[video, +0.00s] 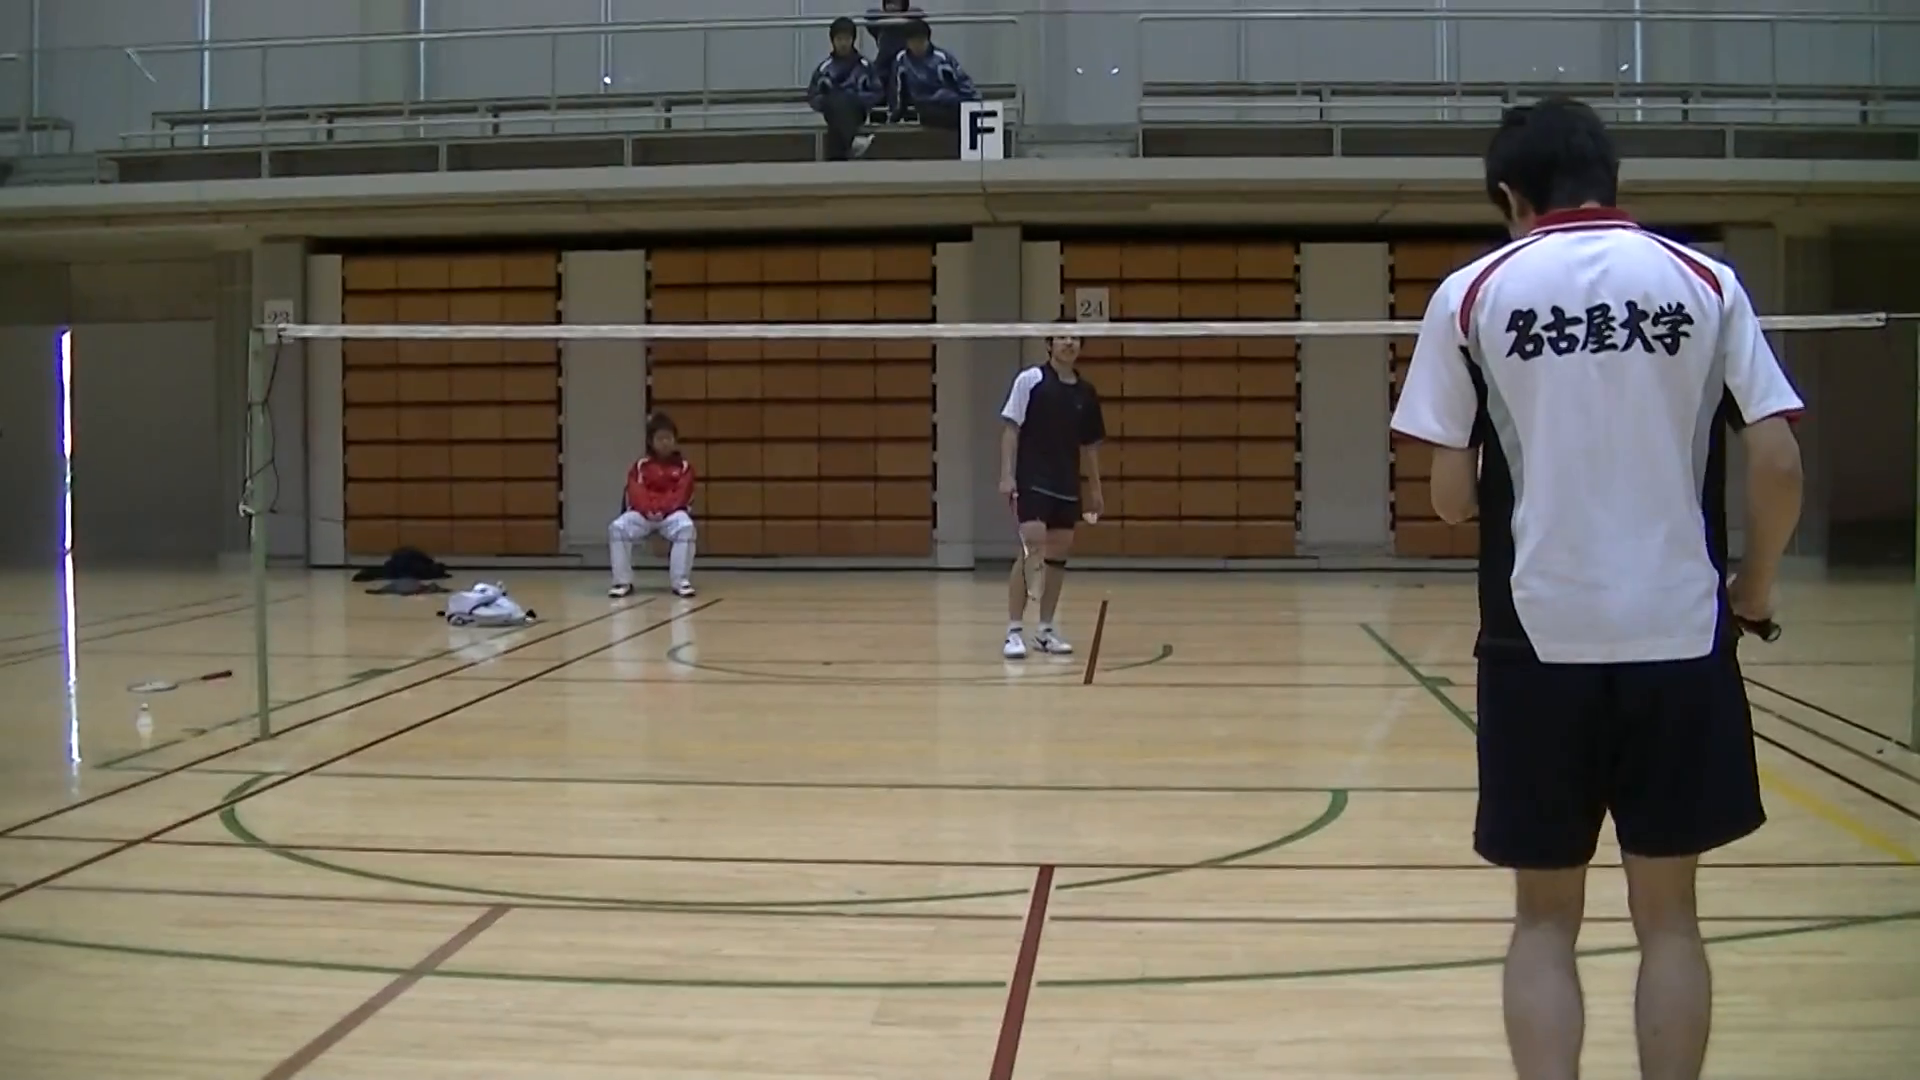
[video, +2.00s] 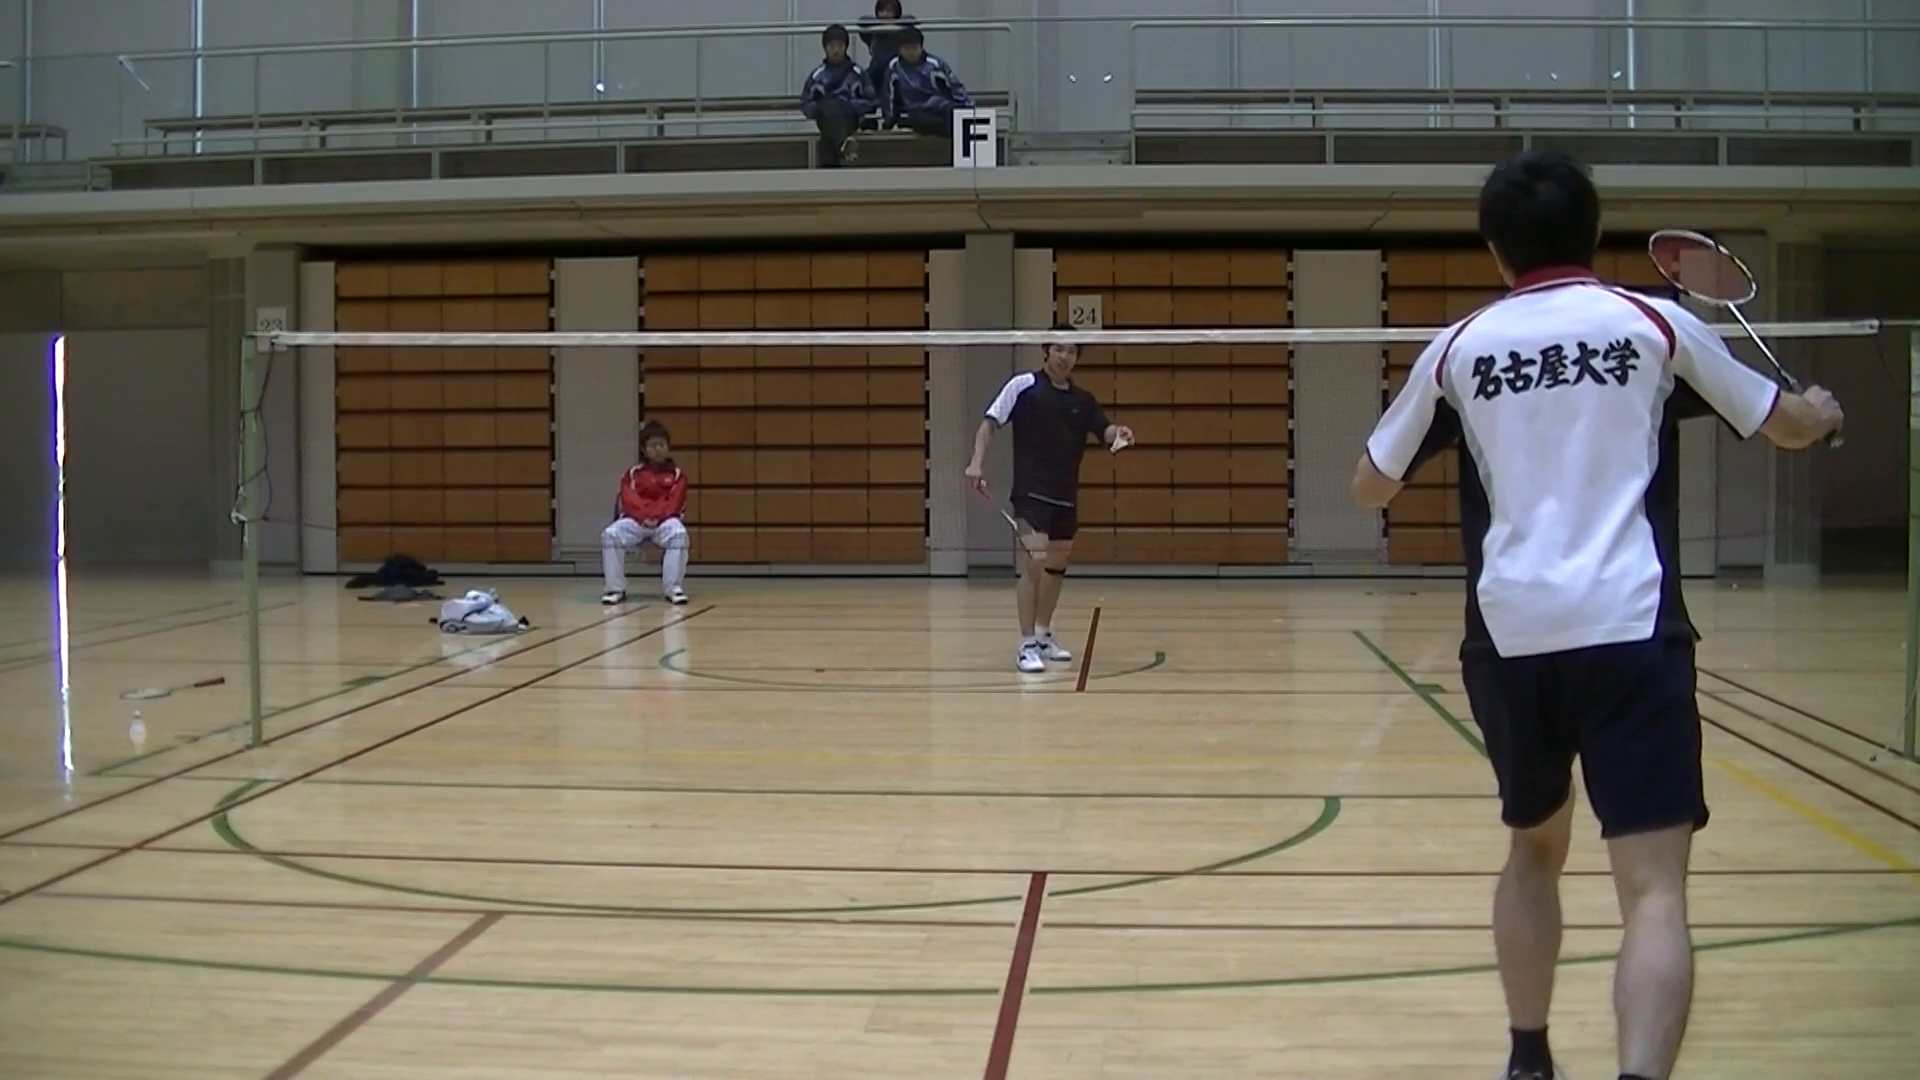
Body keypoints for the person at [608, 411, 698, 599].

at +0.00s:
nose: (665, 443)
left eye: (669, 438)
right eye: (660, 439)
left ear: (675, 440)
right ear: (650, 442)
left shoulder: (683, 467)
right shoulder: (641, 466)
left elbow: (681, 495)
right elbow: (635, 492)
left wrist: (663, 509)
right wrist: (646, 508)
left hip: (671, 513)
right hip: (643, 512)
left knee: (686, 529)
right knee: (618, 528)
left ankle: (680, 581)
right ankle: (622, 582)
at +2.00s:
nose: (658, 450)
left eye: (661, 445)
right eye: (652, 446)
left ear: (668, 447)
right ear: (644, 450)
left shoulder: (677, 475)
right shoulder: (633, 473)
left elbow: (674, 504)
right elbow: (628, 500)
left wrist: (656, 517)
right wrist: (644, 516)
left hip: (664, 520)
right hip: (635, 520)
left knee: (679, 535)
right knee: (610, 535)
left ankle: (673, 587)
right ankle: (615, 589)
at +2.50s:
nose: (657, 450)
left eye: (661, 445)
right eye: (652, 445)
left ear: (667, 447)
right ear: (643, 449)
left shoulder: (676, 475)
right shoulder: (632, 473)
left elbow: (673, 504)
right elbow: (627, 500)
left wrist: (655, 517)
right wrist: (644, 515)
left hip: (664, 520)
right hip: (635, 520)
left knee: (678, 536)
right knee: (610, 535)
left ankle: (673, 587)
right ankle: (615, 589)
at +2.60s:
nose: (657, 450)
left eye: (661, 445)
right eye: (652, 445)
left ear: (667, 447)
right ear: (643, 449)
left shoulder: (676, 474)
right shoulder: (632, 473)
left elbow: (673, 505)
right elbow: (627, 500)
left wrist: (654, 516)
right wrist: (644, 515)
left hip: (664, 520)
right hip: (635, 519)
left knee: (678, 536)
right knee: (610, 535)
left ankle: (673, 587)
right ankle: (614, 589)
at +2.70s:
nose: (657, 450)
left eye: (661, 445)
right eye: (652, 445)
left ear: (667, 447)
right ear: (643, 449)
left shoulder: (676, 474)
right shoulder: (632, 473)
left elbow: (673, 504)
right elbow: (627, 500)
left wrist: (655, 517)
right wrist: (644, 515)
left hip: (663, 519)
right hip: (634, 519)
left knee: (678, 535)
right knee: (610, 535)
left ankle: (672, 587)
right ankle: (614, 589)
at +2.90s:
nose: (657, 449)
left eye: (660, 444)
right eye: (651, 445)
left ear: (667, 447)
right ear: (643, 449)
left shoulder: (676, 474)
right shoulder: (632, 472)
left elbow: (673, 503)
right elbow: (627, 499)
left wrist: (655, 517)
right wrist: (643, 515)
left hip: (663, 519)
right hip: (634, 519)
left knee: (678, 535)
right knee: (609, 535)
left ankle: (672, 587)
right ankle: (614, 589)